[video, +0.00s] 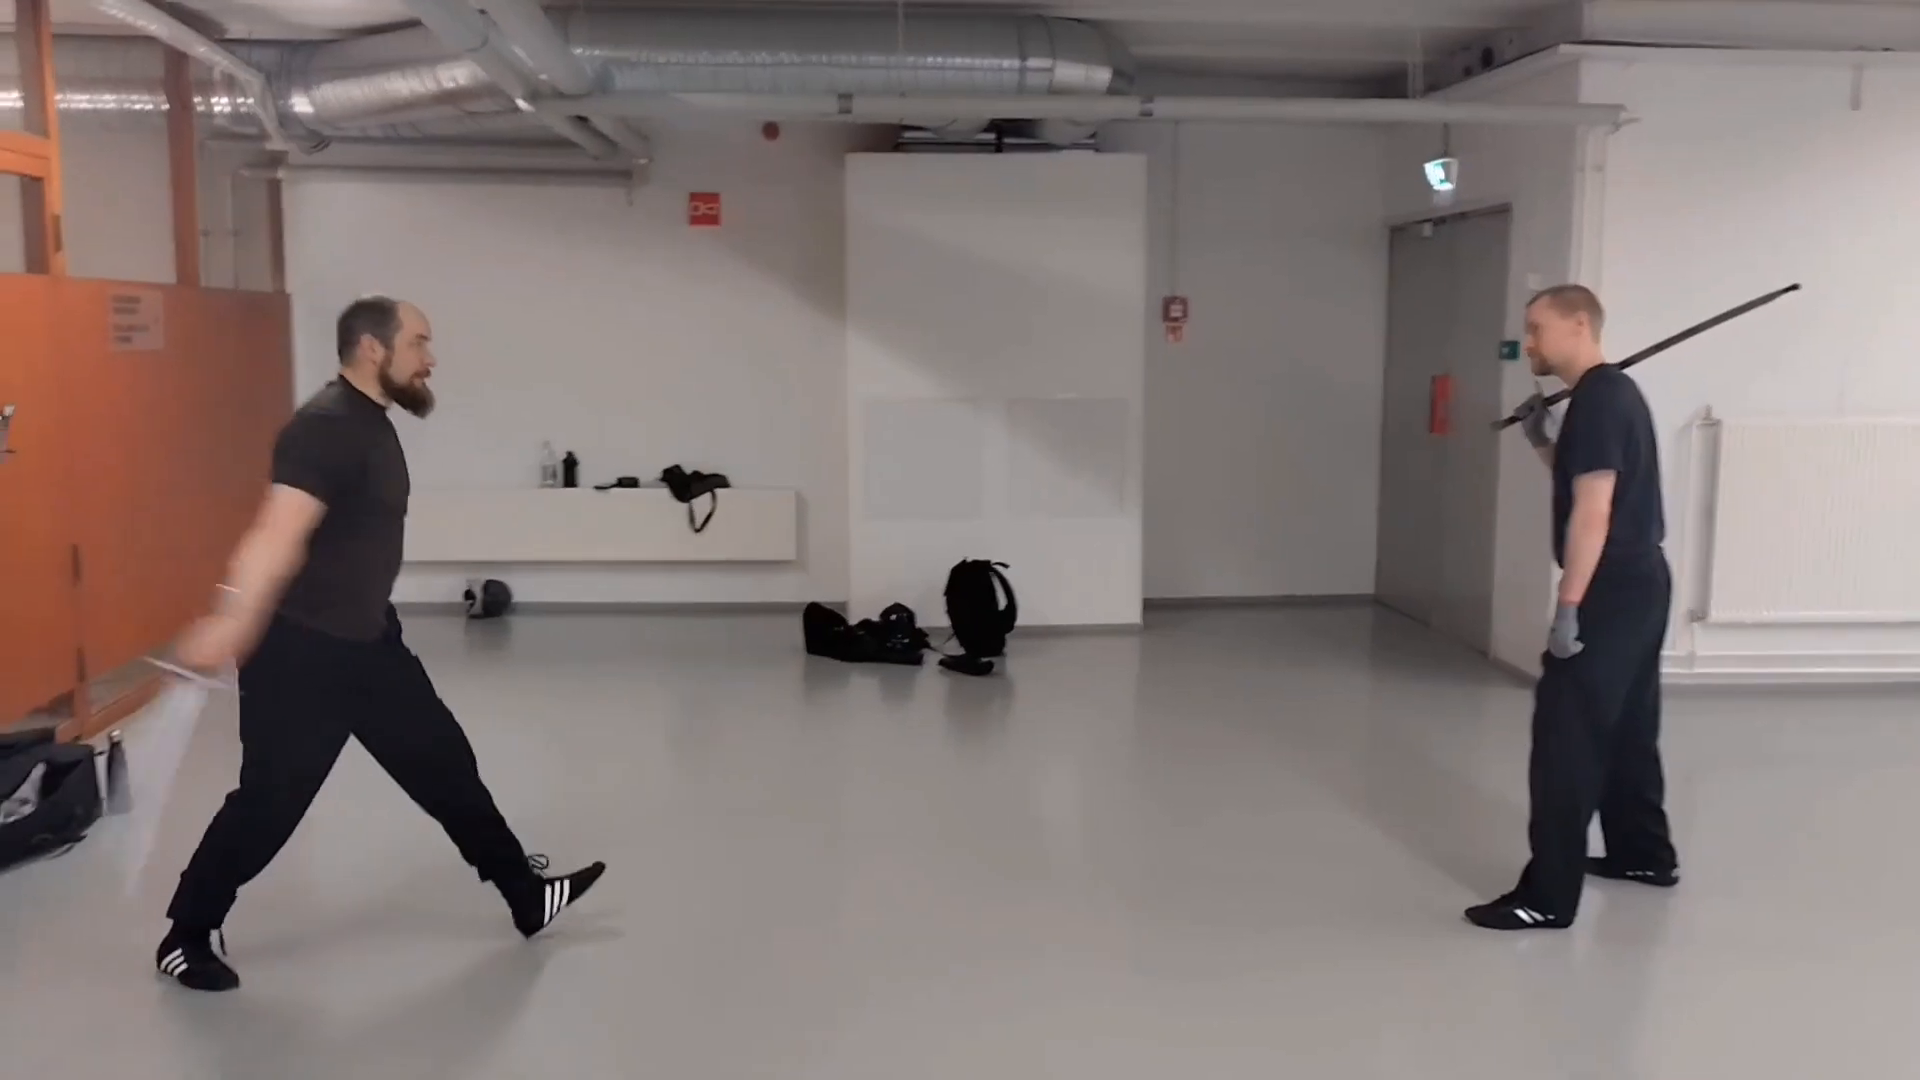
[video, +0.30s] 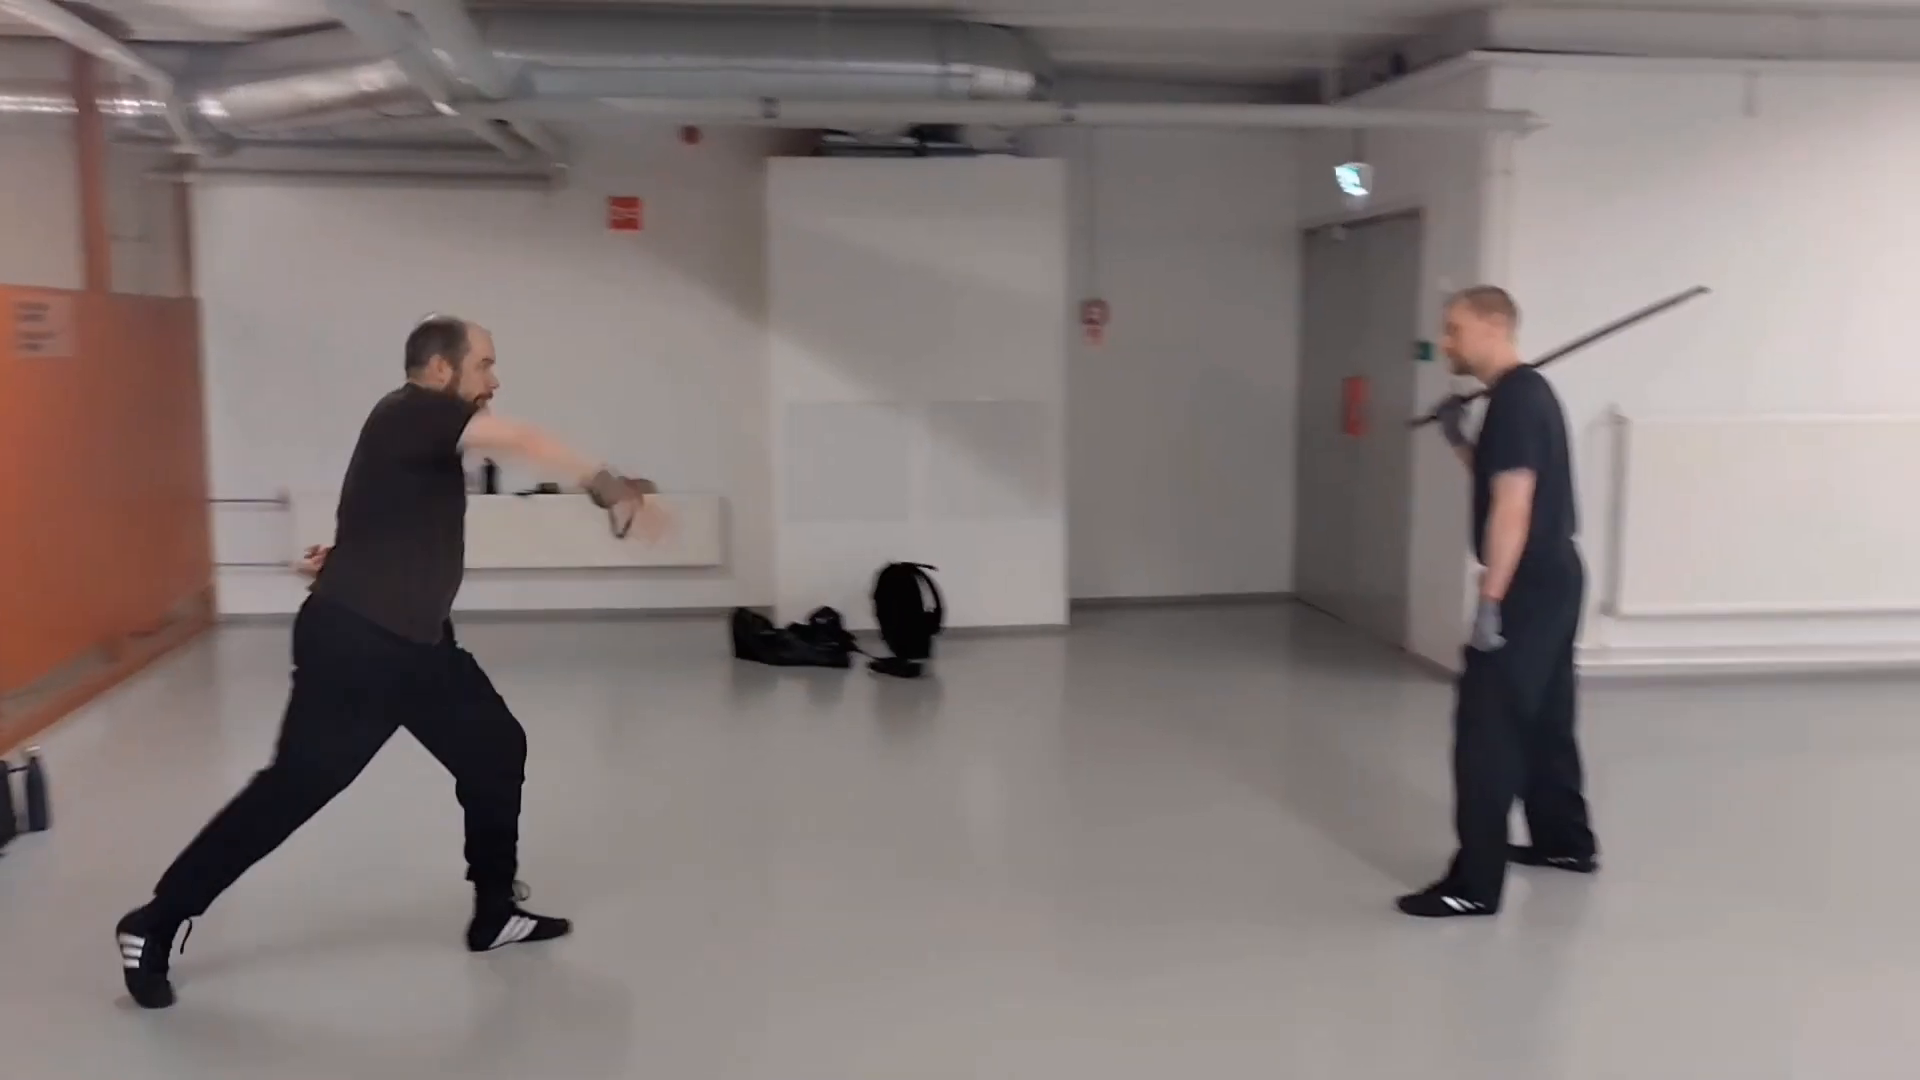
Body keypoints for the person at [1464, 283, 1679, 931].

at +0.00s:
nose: (1527, 344)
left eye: (1535, 330)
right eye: (1527, 332)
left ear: (1577, 328)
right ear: (1582, 329)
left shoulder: (1597, 398)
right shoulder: (1614, 392)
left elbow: (1594, 507)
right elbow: (1586, 485)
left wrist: (1566, 607)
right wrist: (1542, 437)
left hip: (1607, 594)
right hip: (1636, 588)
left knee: (1563, 736)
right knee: (1627, 726)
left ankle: (1548, 896)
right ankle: (1642, 852)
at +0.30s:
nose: (1446, 345)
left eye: (1454, 331)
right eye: (1446, 333)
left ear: (1494, 329)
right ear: (1498, 332)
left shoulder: (1515, 398)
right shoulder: (1526, 392)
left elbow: (1515, 502)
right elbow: (1503, 486)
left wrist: (1489, 602)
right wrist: (1461, 439)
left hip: (1525, 583)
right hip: (1548, 574)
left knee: (1483, 723)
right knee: (1543, 713)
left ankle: (1475, 882)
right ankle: (1564, 840)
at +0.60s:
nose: (1380, 340)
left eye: (1389, 327)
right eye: (1381, 328)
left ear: (1429, 327)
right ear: (1433, 330)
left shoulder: (1445, 392)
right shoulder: (1460, 388)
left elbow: (1441, 499)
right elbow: (1425, 476)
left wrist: (1412, 591)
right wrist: (1386, 425)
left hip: (1453, 577)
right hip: (1477, 572)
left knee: (1408, 709)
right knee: (1452, 703)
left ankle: (1419, 870)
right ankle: (1491, 810)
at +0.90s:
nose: (1373, 345)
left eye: (1382, 334)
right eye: (1373, 334)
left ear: (1422, 334)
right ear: (1413, 337)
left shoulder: (1446, 402)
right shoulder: (1407, 404)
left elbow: (1447, 505)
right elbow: (1338, 452)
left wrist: (1418, 594)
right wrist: (1327, 381)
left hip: (1433, 582)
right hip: (1407, 577)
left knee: (1392, 717)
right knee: (1416, 708)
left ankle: (1404, 870)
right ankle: (1453, 816)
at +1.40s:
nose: (1348, 344)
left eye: (1359, 333)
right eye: (1348, 334)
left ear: (1400, 334)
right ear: (1367, 341)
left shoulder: (1436, 409)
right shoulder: (1356, 403)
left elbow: (1451, 507)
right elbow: (1310, 457)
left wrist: (1422, 589)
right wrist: (1278, 455)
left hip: (1418, 579)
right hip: (1371, 575)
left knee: (1379, 705)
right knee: (1410, 702)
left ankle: (1375, 862)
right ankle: (1452, 825)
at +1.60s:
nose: (1308, 347)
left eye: (1320, 336)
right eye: (1309, 337)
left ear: (1362, 344)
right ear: (1325, 346)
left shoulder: (1396, 421)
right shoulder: (1309, 412)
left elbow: (1411, 522)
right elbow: (1259, 482)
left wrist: (1390, 608)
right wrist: (1199, 488)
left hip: (1373, 593)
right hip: (1324, 587)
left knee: (1333, 717)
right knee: (1365, 709)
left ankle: (1340, 873)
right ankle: (1433, 808)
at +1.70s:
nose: (1285, 344)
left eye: (1297, 335)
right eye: (1286, 334)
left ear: (1338, 343)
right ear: (1314, 343)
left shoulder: (1371, 421)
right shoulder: (1281, 406)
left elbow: (1387, 525)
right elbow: (1216, 457)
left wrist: (1355, 608)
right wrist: (1150, 458)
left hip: (1341, 594)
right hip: (1289, 587)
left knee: (1313, 727)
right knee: (1288, 722)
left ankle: (1332, 874)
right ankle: (1376, 778)